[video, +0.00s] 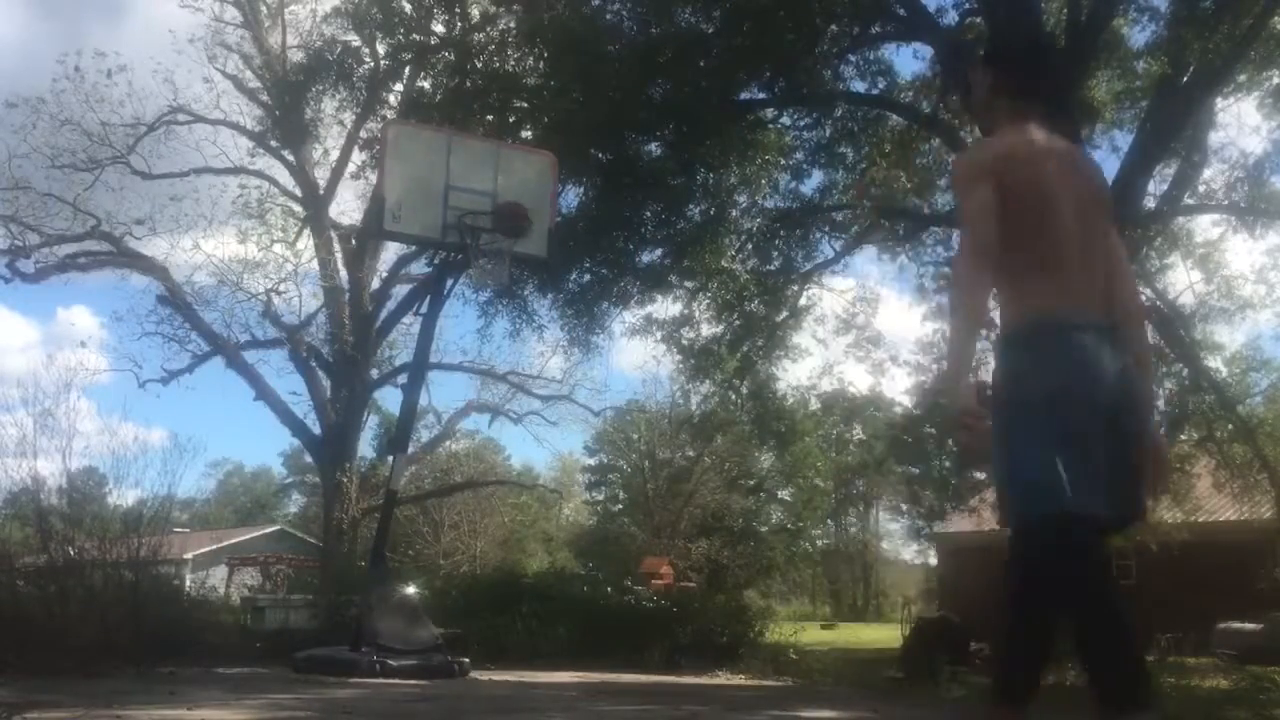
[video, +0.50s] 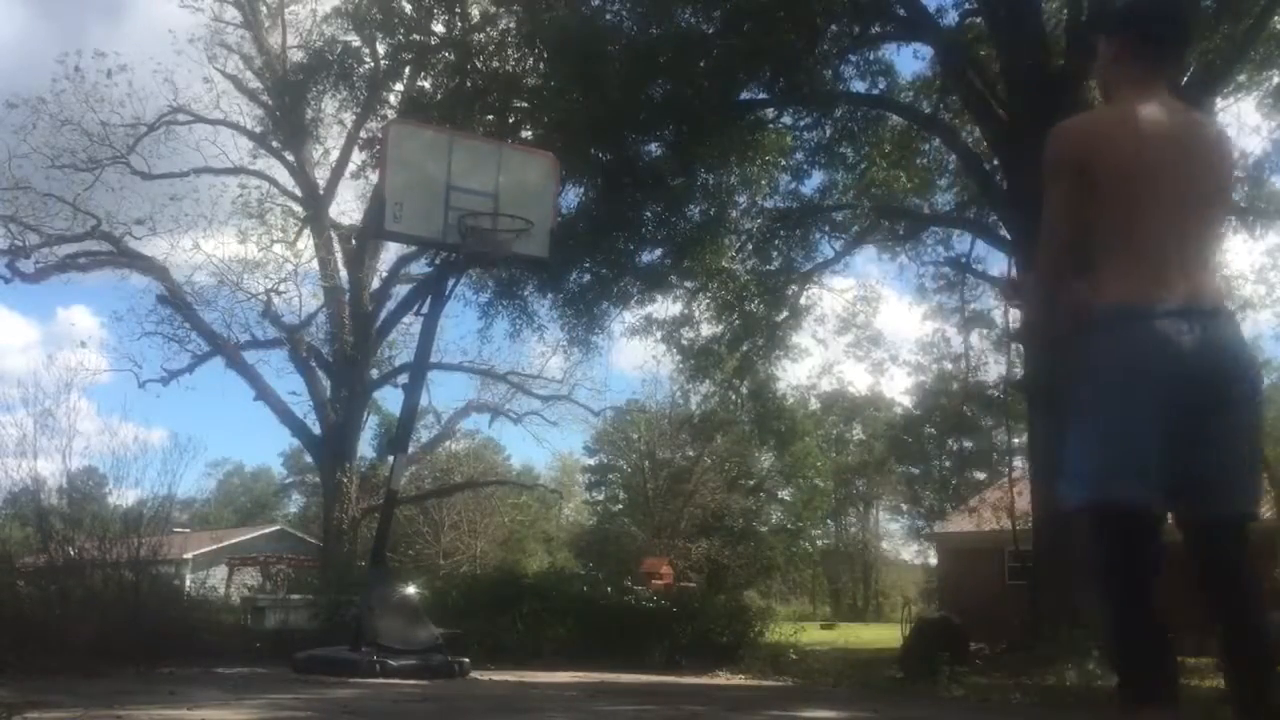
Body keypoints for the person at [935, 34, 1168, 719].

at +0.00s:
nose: (971, 100)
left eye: (975, 87)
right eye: (972, 88)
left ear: (994, 84)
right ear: (1045, 87)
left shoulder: (982, 158)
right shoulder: (1084, 167)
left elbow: (977, 262)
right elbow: (1126, 296)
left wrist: (957, 374)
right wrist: (1147, 412)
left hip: (1039, 358)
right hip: (1110, 359)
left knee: (1069, 552)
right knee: (1042, 554)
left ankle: (1129, 702)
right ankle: (1010, 701)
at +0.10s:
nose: (996, 74)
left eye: (999, 63)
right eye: (997, 63)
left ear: (1019, 66)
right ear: (1077, 68)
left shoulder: (1005, 147)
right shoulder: (1116, 156)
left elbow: (995, 277)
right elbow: (1116, 262)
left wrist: (970, 399)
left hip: (1060, 344)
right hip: (1133, 343)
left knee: (1091, 526)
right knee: (1078, 521)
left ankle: (1134, 697)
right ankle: (1055, 687)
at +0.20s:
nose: (1028, 68)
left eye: (1032, 57)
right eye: (1031, 58)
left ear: (1047, 57)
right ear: (1104, 61)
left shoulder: (1031, 133)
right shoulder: (1140, 142)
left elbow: (1020, 262)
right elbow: (1133, 247)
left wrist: (988, 375)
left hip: (1083, 341)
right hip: (1161, 341)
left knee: (1091, 537)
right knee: (1109, 534)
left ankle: (1129, 700)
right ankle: (1118, 694)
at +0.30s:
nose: (1055, 58)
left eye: (1059, 46)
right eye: (1061, 46)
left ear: (1070, 48)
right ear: (1133, 55)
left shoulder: (1046, 132)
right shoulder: (1165, 140)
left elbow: (1033, 252)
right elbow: (1153, 248)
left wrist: (1009, 326)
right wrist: (1054, 308)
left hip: (1091, 338)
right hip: (1172, 337)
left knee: (1110, 537)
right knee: (1173, 537)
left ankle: (1145, 700)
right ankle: (1173, 697)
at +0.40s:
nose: (1075, 55)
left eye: (1081, 42)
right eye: (1080, 42)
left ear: (1094, 47)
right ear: (1153, 54)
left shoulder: (1062, 130)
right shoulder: (1184, 133)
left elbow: (1043, 260)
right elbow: (1173, 245)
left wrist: (1011, 281)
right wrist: (1063, 270)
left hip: (1108, 344)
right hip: (1195, 340)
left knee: (1123, 541)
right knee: (1192, 546)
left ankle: (1150, 704)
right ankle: (1237, 704)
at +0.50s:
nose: (1094, 63)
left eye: (1097, 50)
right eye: (1097, 52)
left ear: (1116, 51)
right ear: (1177, 55)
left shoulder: (1077, 137)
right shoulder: (1215, 141)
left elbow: (1053, 261)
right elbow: (1198, 238)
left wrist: (1044, 331)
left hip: (1122, 347)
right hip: (1215, 341)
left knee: (1124, 547)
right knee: (1226, 544)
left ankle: (1149, 700)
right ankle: (1256, 702)